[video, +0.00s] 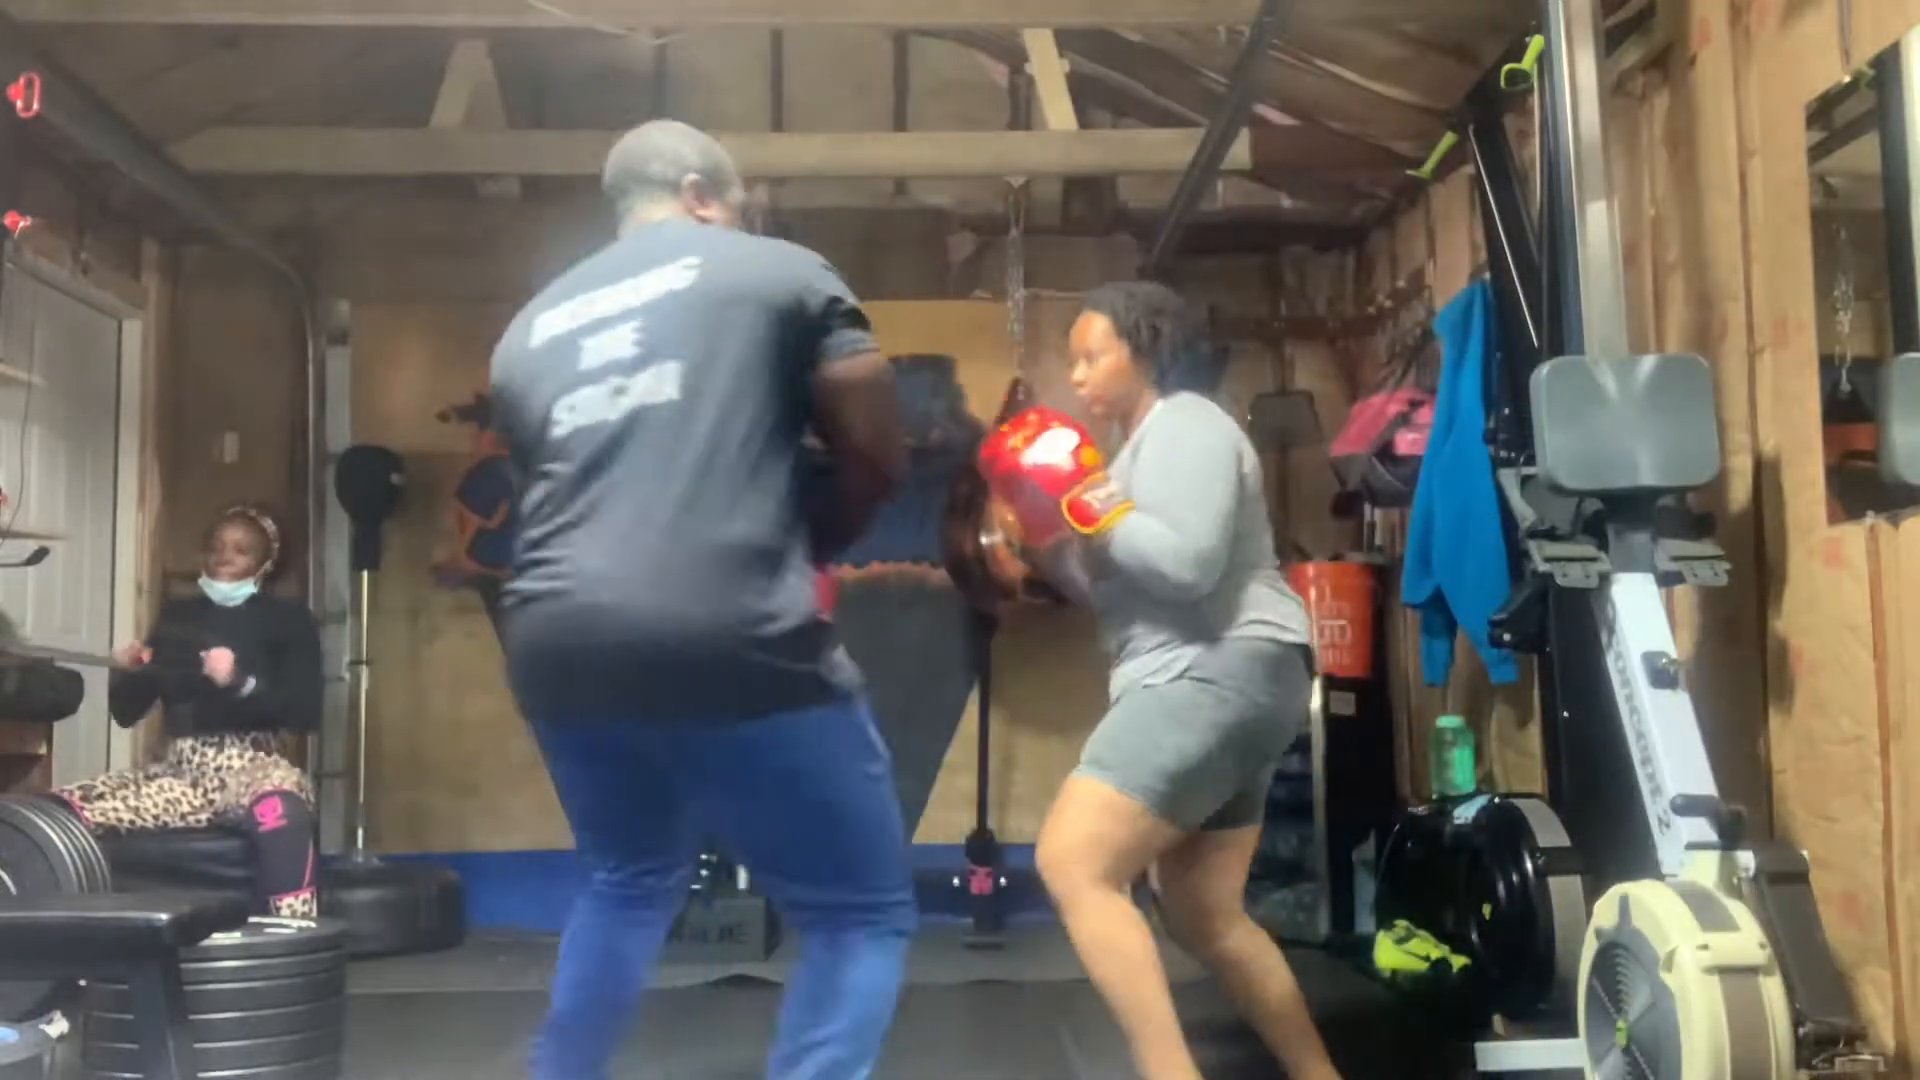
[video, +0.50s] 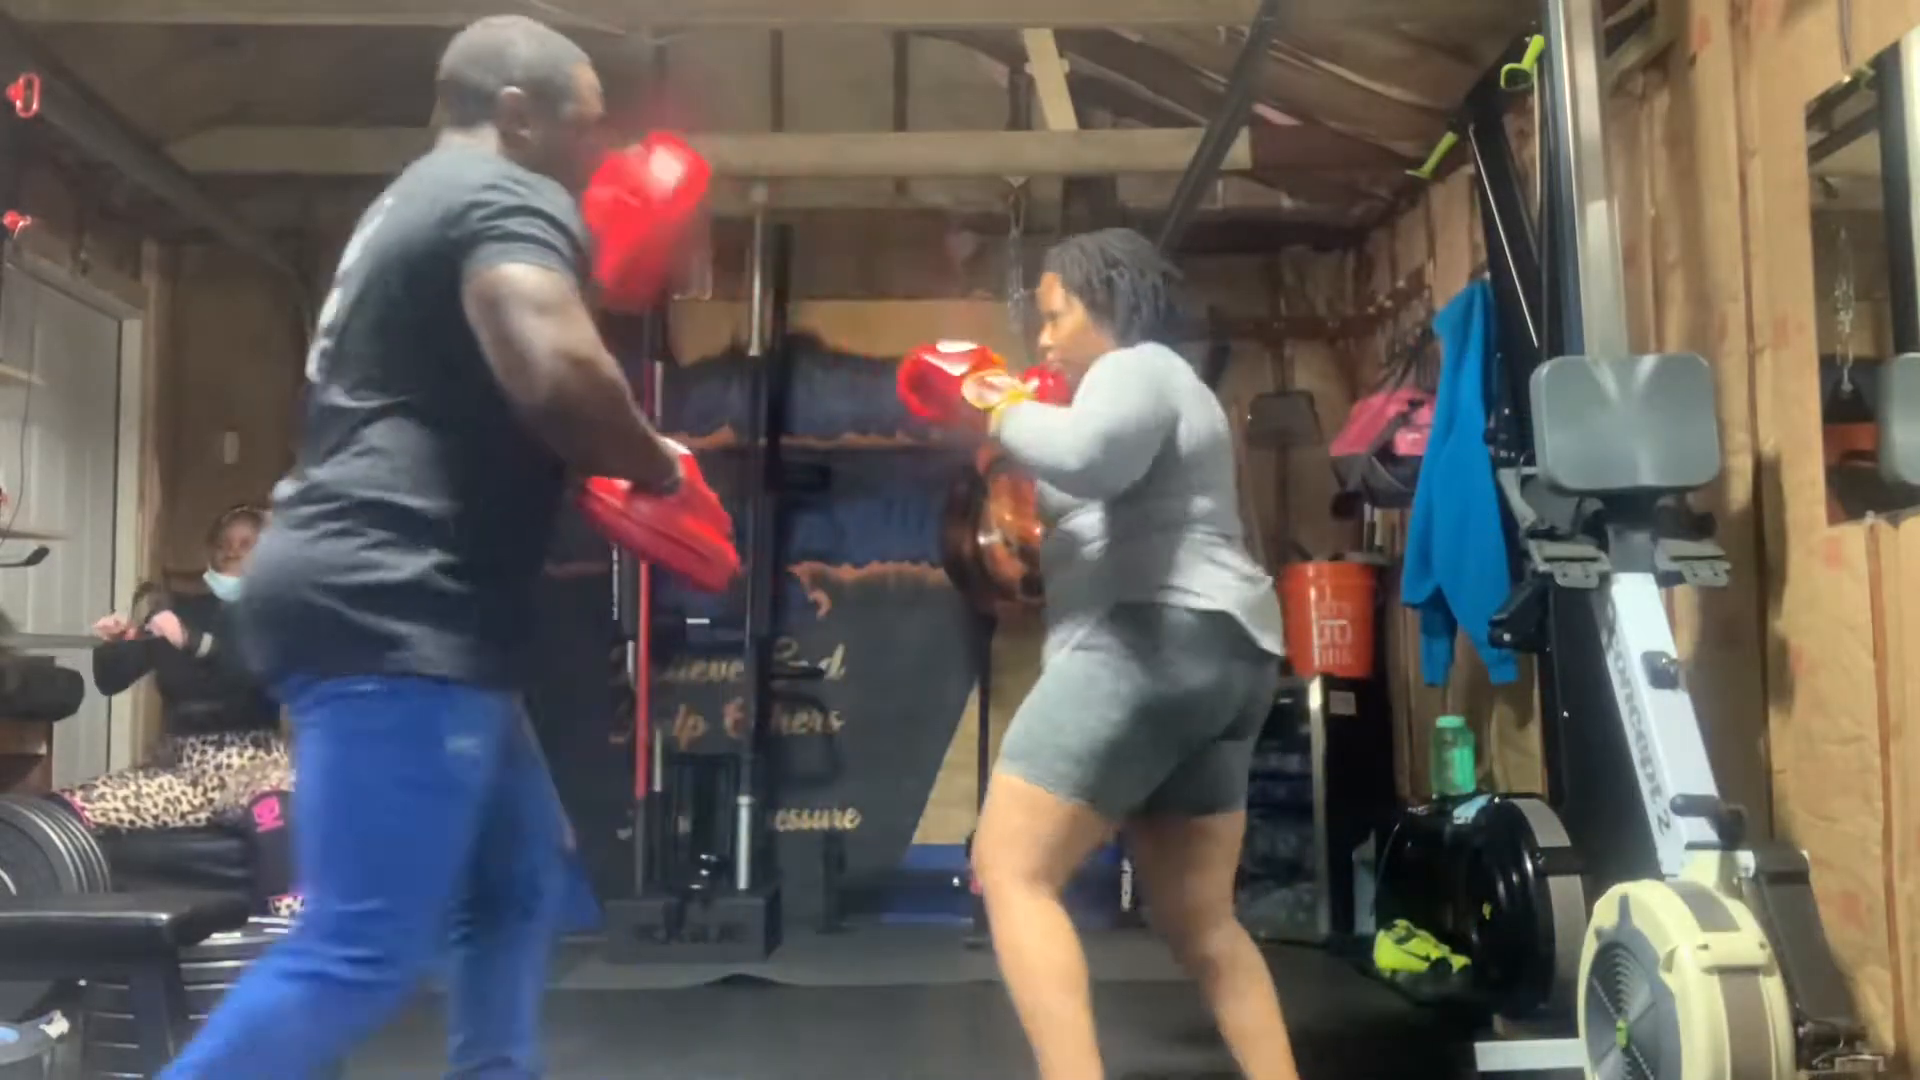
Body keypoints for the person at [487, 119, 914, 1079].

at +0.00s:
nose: (741, 221)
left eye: (736, 209)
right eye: (735, 206)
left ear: (618, 208)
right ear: (699, 195)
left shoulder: (527, 326)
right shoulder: (785, 274)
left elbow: (546, 491)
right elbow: (876, 461)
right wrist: (792, 542)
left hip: (558, 635)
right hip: (734, 629)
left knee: (627, 876)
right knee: (858, 914)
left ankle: (557, 1069)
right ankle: (808, 1071)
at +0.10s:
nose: (728, 211)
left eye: (727, 196)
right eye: (721, 195)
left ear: (604, 187)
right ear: (674, 186)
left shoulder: (521, 297)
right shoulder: (725, 259)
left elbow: (524, 470)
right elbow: (821, 432)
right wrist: (797, 519)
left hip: (488, 634)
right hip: (646, 625)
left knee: (620, 895)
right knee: (818, 902)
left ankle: (540, 1073)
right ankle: (774, 1073)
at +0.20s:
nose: (716, 198)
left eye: (716, 176)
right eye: (705, 177)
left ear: (596, 170)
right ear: (652, 166)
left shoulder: (527, 255)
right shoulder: (662, 239)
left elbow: (545, 431)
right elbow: (736, 406)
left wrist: (697, 504)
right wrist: (774, 494)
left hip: (420, 604)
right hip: (560, 591)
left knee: (579, 890)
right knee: (748, 884)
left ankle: (523, 1073)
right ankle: (709, 1070)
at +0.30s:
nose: (680, 169)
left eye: (679, 148)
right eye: (669, 148)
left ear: (559, 139)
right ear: (613, 139)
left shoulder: (500, 225)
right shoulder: (599, 216)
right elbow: (658, 390)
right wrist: (733, 479)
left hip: (374, 591)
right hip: (495, 578)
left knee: (531, 893)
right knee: (672, 882)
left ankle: (503, 1071)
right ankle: (553, 1069)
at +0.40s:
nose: (635, 158)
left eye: (636, 134)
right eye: (626, 132)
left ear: (523, 118)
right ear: (562, 116)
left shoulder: (457, 204)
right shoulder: (545, 202)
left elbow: (498, 402)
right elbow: (602, 376)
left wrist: (653, 330)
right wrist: (689, 466)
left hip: (371, 588)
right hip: (447, 589)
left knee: (514, 903)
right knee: (555, 919)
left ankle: (493, 1065)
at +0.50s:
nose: (596, 144)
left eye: (598, 122)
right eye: (587, 119)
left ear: (472, 107)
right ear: (521, 111)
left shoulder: (422, 197)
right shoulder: (502, 194)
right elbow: (556, 376)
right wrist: (653, 460)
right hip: (390, 605)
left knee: (520, 889)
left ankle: (492, 1070)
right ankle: (189, 1073)